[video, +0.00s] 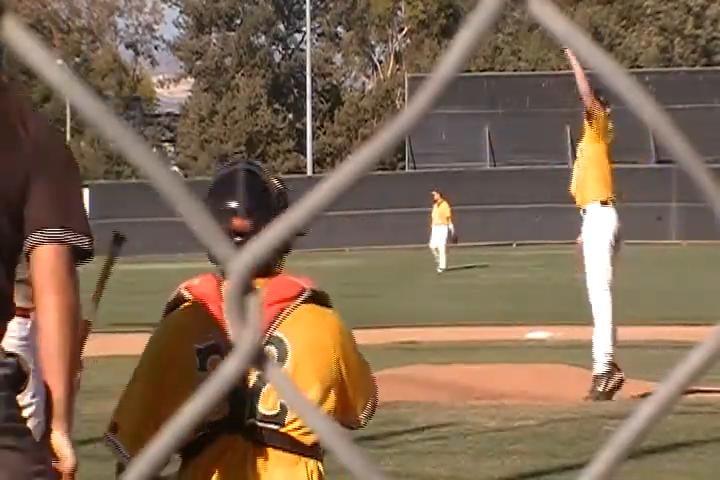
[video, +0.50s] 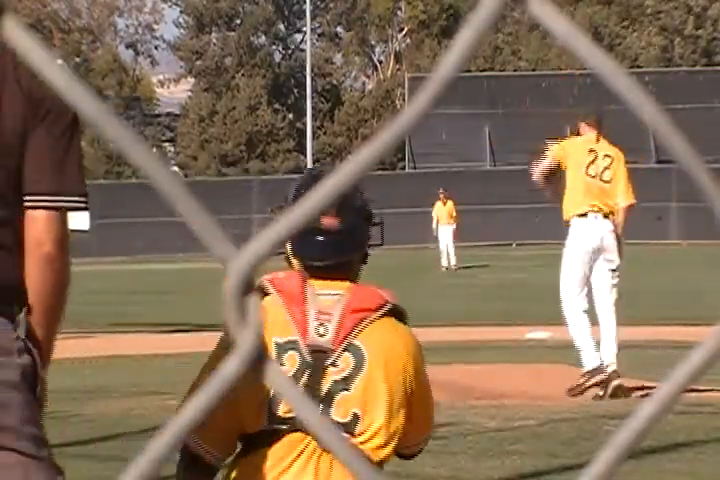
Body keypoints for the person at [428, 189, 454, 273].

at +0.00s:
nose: (434, 197)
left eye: (435, 194)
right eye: (433, 195)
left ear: (439, 195)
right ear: (434, 196)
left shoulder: (445, 205)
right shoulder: (435, 205)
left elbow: (448, 217)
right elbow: (434, 216)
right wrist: (432, 225)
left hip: (443, 226)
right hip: (435, 226)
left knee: (442, 246)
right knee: (432, 245)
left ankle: (442, 265)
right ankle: (439, 261)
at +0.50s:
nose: (441, 196)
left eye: (442, 194)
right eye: (440, 194)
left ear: (445, 194)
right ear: (438, 195)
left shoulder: (450, 203)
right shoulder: (437, 204)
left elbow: (454, 214)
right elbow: (435, 216)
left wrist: (454, 223)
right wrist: (434, 227)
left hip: (450, 225)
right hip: (441, 225)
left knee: (450, 244)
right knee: (442, 245)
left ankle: (453, 263)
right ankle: (444, 263)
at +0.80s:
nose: (448, 195)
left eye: (450, 193)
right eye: (447, 193)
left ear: (452, 194)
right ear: (444, 194)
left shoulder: (455, 204)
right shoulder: (442, 204)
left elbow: (458, 214)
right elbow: (439, 215)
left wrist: (458, 223)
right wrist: (440, 225)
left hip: (453, 226)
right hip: (445, 226)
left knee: (456, 245)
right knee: (444, 246)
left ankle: (461, 263)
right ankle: (445, 263)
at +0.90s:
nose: (451, 195)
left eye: (453, 193)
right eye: (450, 193)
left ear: (454, 195)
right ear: (447, 194)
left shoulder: (457, 203)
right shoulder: (445, 204)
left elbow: (459, 213)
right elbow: (441, 215)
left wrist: (460, 222)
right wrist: (441, 226)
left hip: (455, 225)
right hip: (447, 225)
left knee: (457, 245)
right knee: (446, 246)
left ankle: (458, 263)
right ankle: (445, 263)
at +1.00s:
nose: (455, 195)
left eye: (456, 193)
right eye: (453, 193)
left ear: (457, 194)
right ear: (450, 194)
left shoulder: (459, 204)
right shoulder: (448, 204)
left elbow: (461, 213)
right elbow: (444, 215)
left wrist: (462, 221)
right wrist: (444, 226)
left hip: (458, 225)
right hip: (451, 225)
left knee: (458, 245)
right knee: (449, 244)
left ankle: (458, 262)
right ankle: (445, 262)